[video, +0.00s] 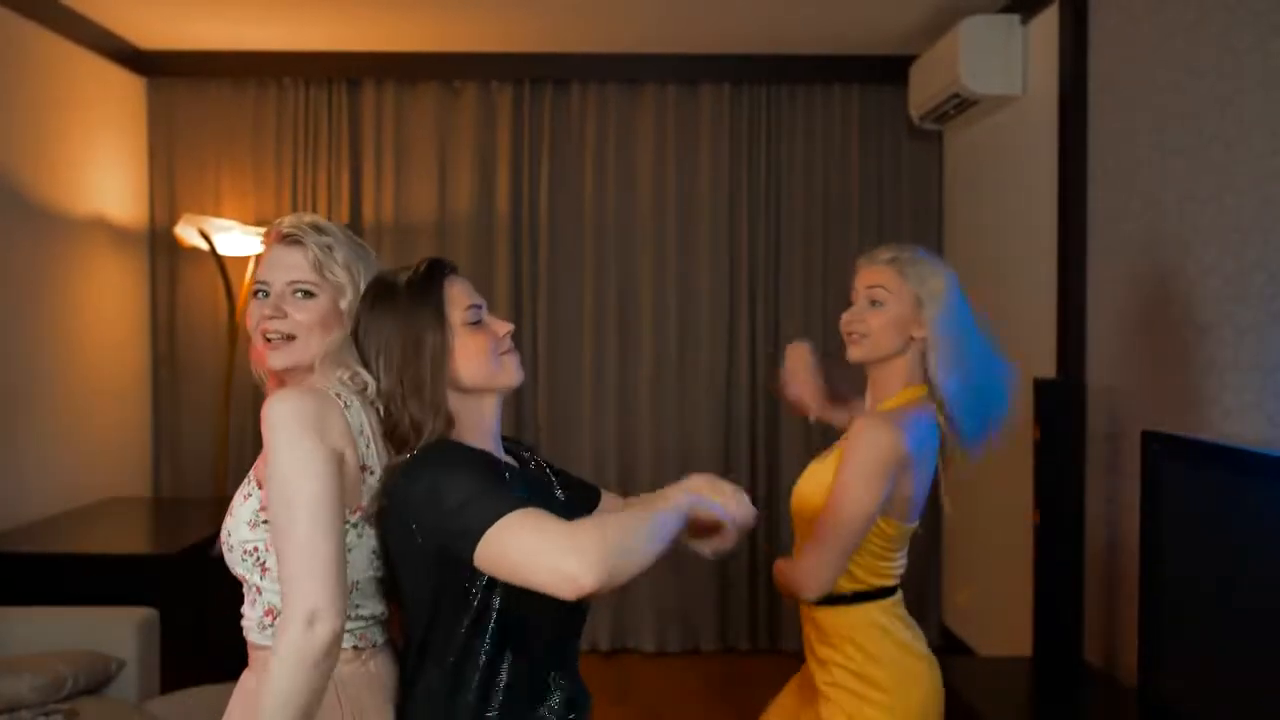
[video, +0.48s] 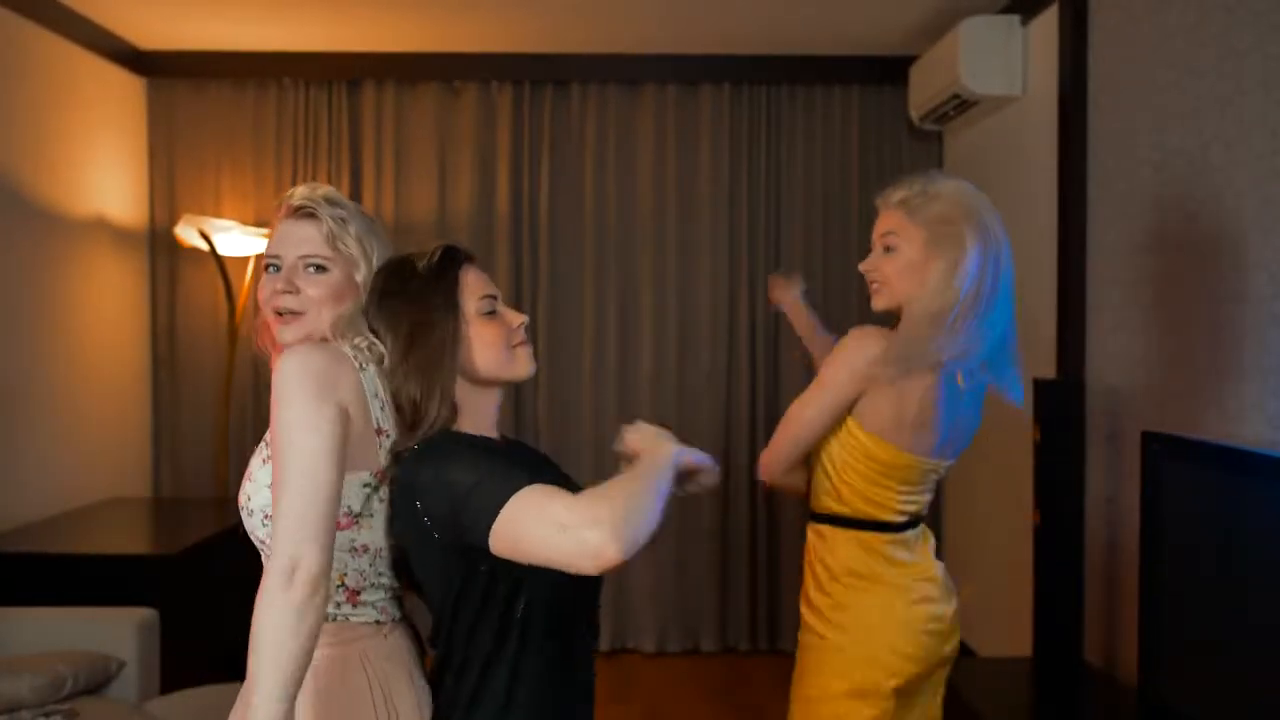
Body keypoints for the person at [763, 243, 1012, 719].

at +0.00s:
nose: (849, 317)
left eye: (874, 302)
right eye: (852, 303)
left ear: (920, 326)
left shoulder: (877, 432)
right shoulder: (917, 415)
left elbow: (809, 580)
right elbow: (871, 419)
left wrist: (780, 567)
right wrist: (819, 407)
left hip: (868, 683)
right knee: (775, 714)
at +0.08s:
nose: (851, 305)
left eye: (876, 290)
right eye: (855, 290)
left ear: (922, 313)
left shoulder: (872, 412)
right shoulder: (919, 404)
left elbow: (799, 557)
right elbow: (814, 397)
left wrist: (787, 545)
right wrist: (815, 358)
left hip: (867, 669)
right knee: (772, 713)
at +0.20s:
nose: (858, 280)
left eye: (880, 264)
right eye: (860, 266)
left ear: (929, 278)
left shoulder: (866, 372)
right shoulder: (932, 375)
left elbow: (784, 512)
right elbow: (825, 394)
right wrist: (828, 293)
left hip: (860, 643)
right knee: (776, 712)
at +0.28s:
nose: (860, 265)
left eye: (883, 249)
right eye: (865, 250)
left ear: (934, 261)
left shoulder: (869, 351)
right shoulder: (950, 360)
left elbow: (778, 487)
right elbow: (828, 382)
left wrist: (836, 489)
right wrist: (826, 284)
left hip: (860, 623)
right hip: (909, 607)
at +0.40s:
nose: (864, 258)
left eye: (886, 243)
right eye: (869, 243)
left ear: (940, 255)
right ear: (941, 258)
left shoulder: (869, 340)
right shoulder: (961, 357)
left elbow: (775, 465)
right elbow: (840, 389)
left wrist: (832, 476)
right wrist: (813, 293)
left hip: (857, 612)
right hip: (917, 599)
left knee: (826, 711)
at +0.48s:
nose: (866, 263)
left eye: (888, 248)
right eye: (872, 249)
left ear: (947, 259)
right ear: (948, 264)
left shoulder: (870, 347)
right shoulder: (969, 365)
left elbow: (774, 468)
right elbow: (858, 390)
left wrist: (845, 478)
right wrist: (796, 309)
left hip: (853, 618)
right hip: (923, 604)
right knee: (916, 711)